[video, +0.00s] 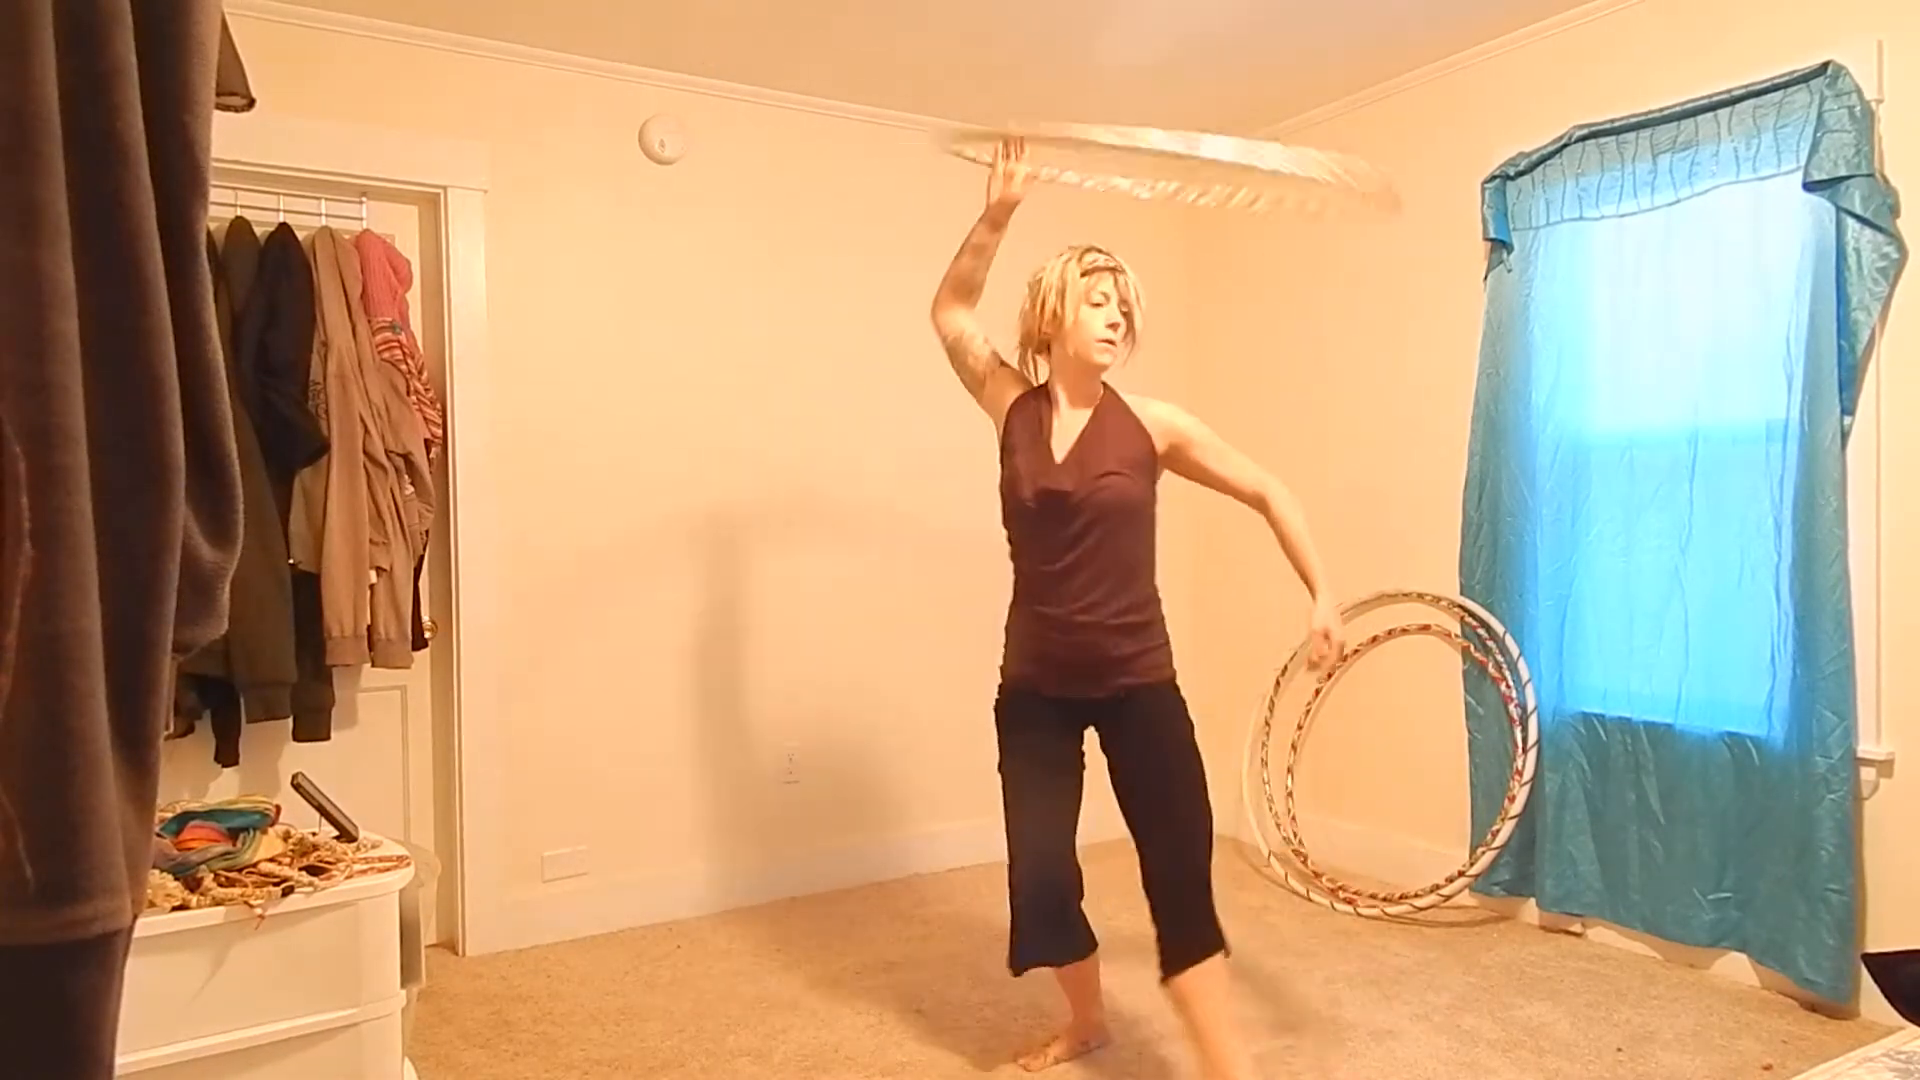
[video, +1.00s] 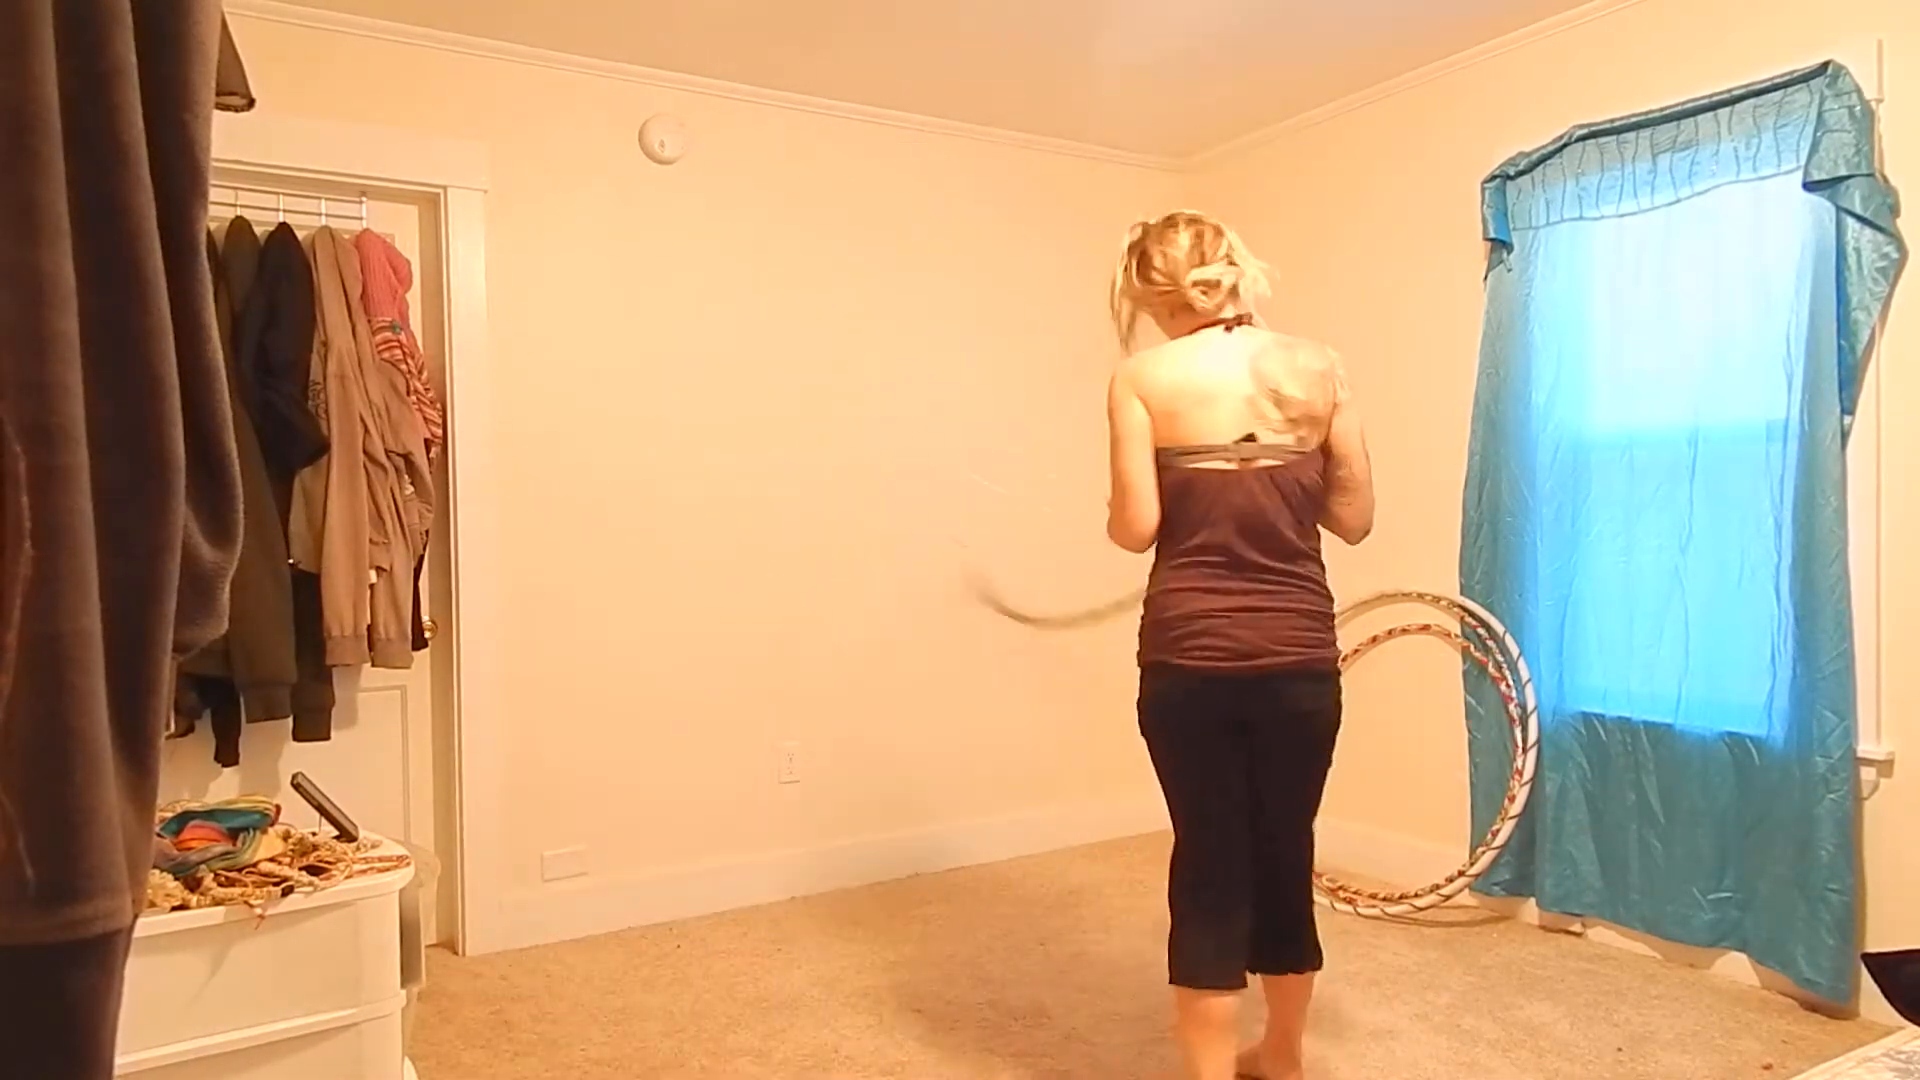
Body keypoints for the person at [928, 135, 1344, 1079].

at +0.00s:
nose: (1117, 317)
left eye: (1124, 305)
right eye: (1099, 301)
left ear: (1129, 327)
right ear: (1050, 316)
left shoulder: (1151, 423)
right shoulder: (1014, 404)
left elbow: (1269, 494)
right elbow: (951, 313)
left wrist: (1324, 605)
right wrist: (992, 219)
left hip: (1139, 678)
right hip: (1037, 680)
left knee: (1178, 868)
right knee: (1038, 869)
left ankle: (1223, 1061)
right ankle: (1085, 1029)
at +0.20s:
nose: (1157, 293)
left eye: (1159, 279)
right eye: (1135, 280)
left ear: (1167, 297)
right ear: (1088, 303)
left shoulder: (1209, 401)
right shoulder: (1055, 402)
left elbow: (1226, 529)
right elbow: (923, 354)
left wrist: (1268, 628)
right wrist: (966, 251)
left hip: (1183, 683)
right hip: (1080, 681)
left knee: (1185, 888)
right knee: (1077, 866)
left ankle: (1178, 1066)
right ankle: (1080, 1017)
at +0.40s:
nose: (1228, 273)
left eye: (1227, 258)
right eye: (1204, 262)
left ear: (1234, 272)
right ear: (1156, 290)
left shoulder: (1248, 381)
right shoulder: (1139, 398)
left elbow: (1241, 504)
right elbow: (1004, 445)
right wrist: (953, 327)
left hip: (1232, 684)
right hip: (1148, 682)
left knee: (1230, 917)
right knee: (1176, 897)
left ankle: (1186, 1064)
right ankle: (1059, 974)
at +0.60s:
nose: (1303, 305)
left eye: (1304, 285)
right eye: (1293, 282)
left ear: (1233, 285)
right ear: (1239, 279)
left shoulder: (1223, 389)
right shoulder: (1178, 383)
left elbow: (1209, 548)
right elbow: (1205, 525)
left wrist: (1247, 644)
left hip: (1213, 668)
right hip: (1189, 672)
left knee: (1269, 878)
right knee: (1328, 863)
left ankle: (1198, 1051)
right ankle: (1195, 1047)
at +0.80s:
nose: (1277, 302)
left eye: (1277, 284)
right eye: (1274, 284)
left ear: (1183, 286)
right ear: (1250, 282)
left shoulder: (1140, 379)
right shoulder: (1259, 358)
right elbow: (1283, 527)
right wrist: (1370, 505)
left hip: (1169, 682)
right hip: (1265, 677)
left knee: (1225, 887)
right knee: (1320, 880)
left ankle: (1189, 1070)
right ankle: (1325, 1069)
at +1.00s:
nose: (1131, 308)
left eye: (1132, 295)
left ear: (1146, 294)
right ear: (1236, 276)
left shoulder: (1141, 375)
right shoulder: (1315, 366)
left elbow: (1136, 526)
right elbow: (1352, 518)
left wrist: (1175, 463)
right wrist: (1283, 459)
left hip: (1189, 669)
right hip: (1299, 667)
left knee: (1206, 861)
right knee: (1286, 853)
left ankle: (1210, 1066)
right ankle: (1283, 1051)